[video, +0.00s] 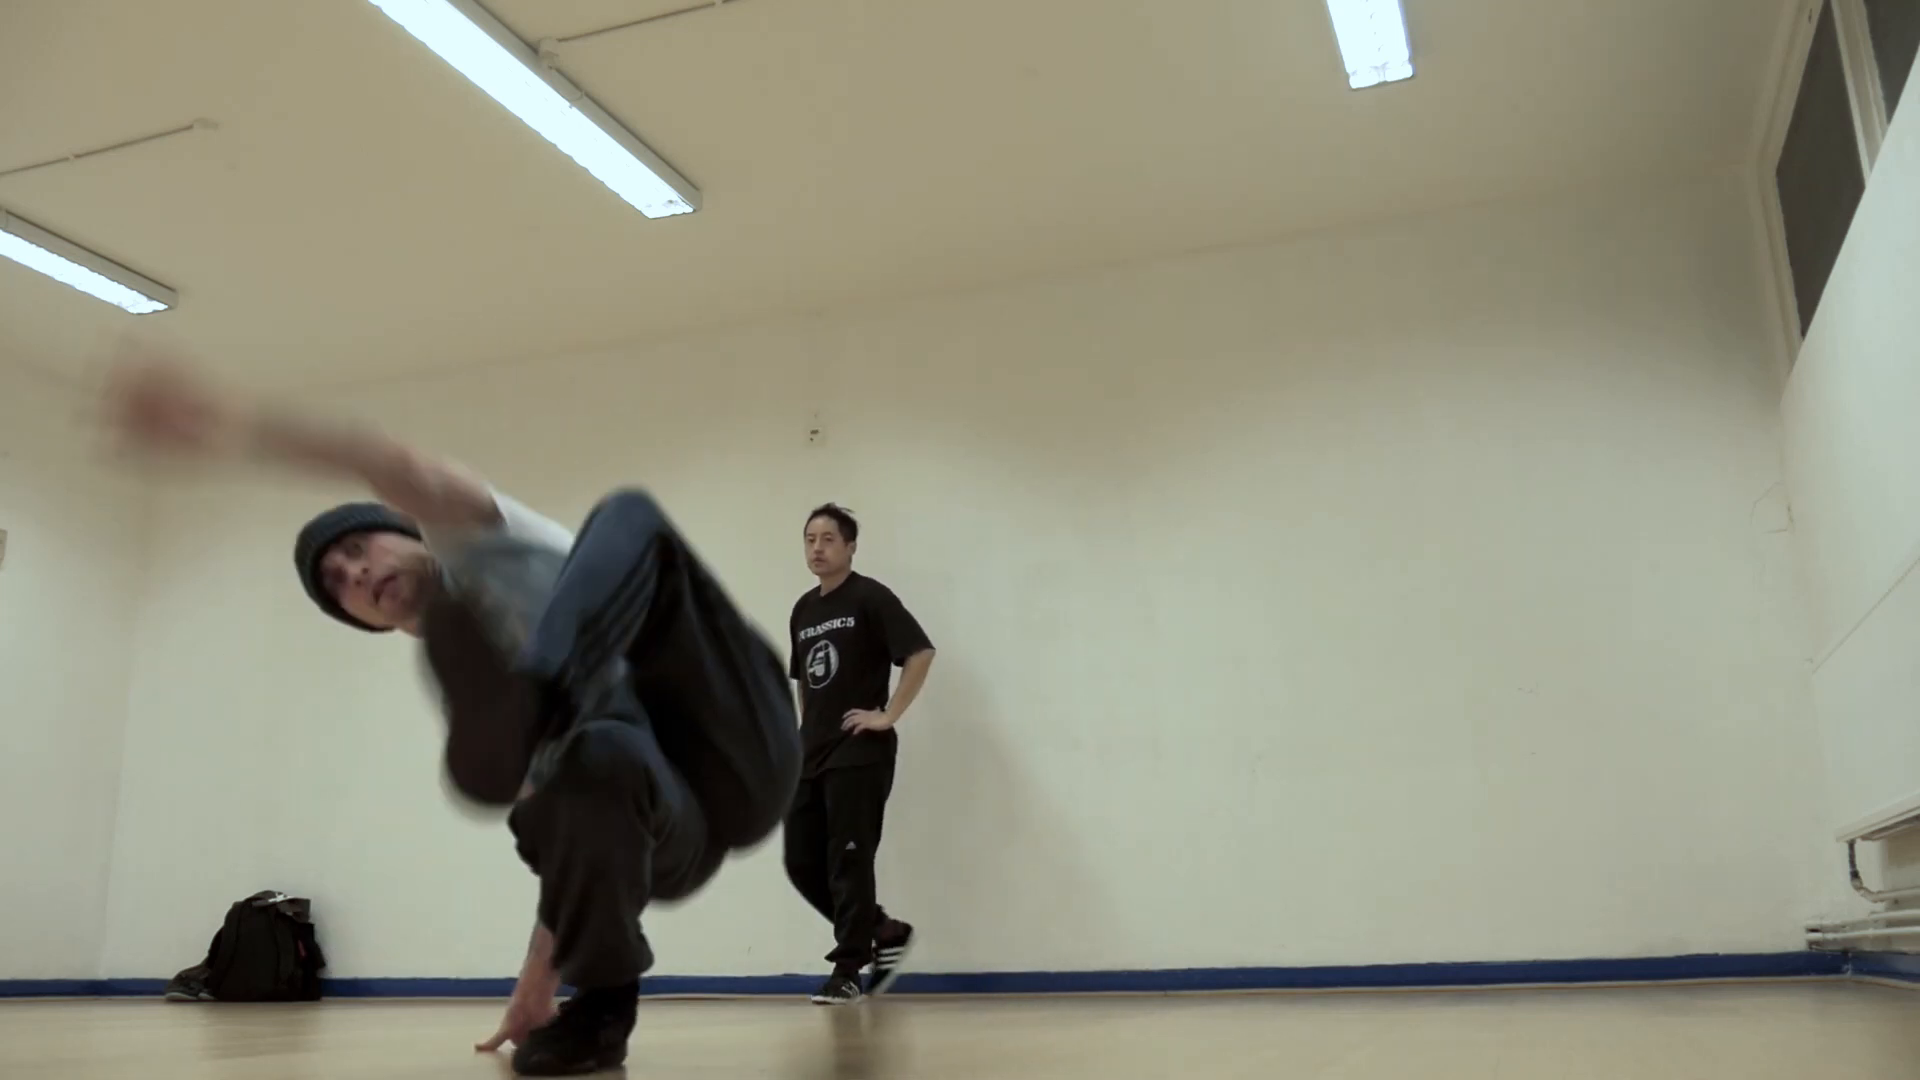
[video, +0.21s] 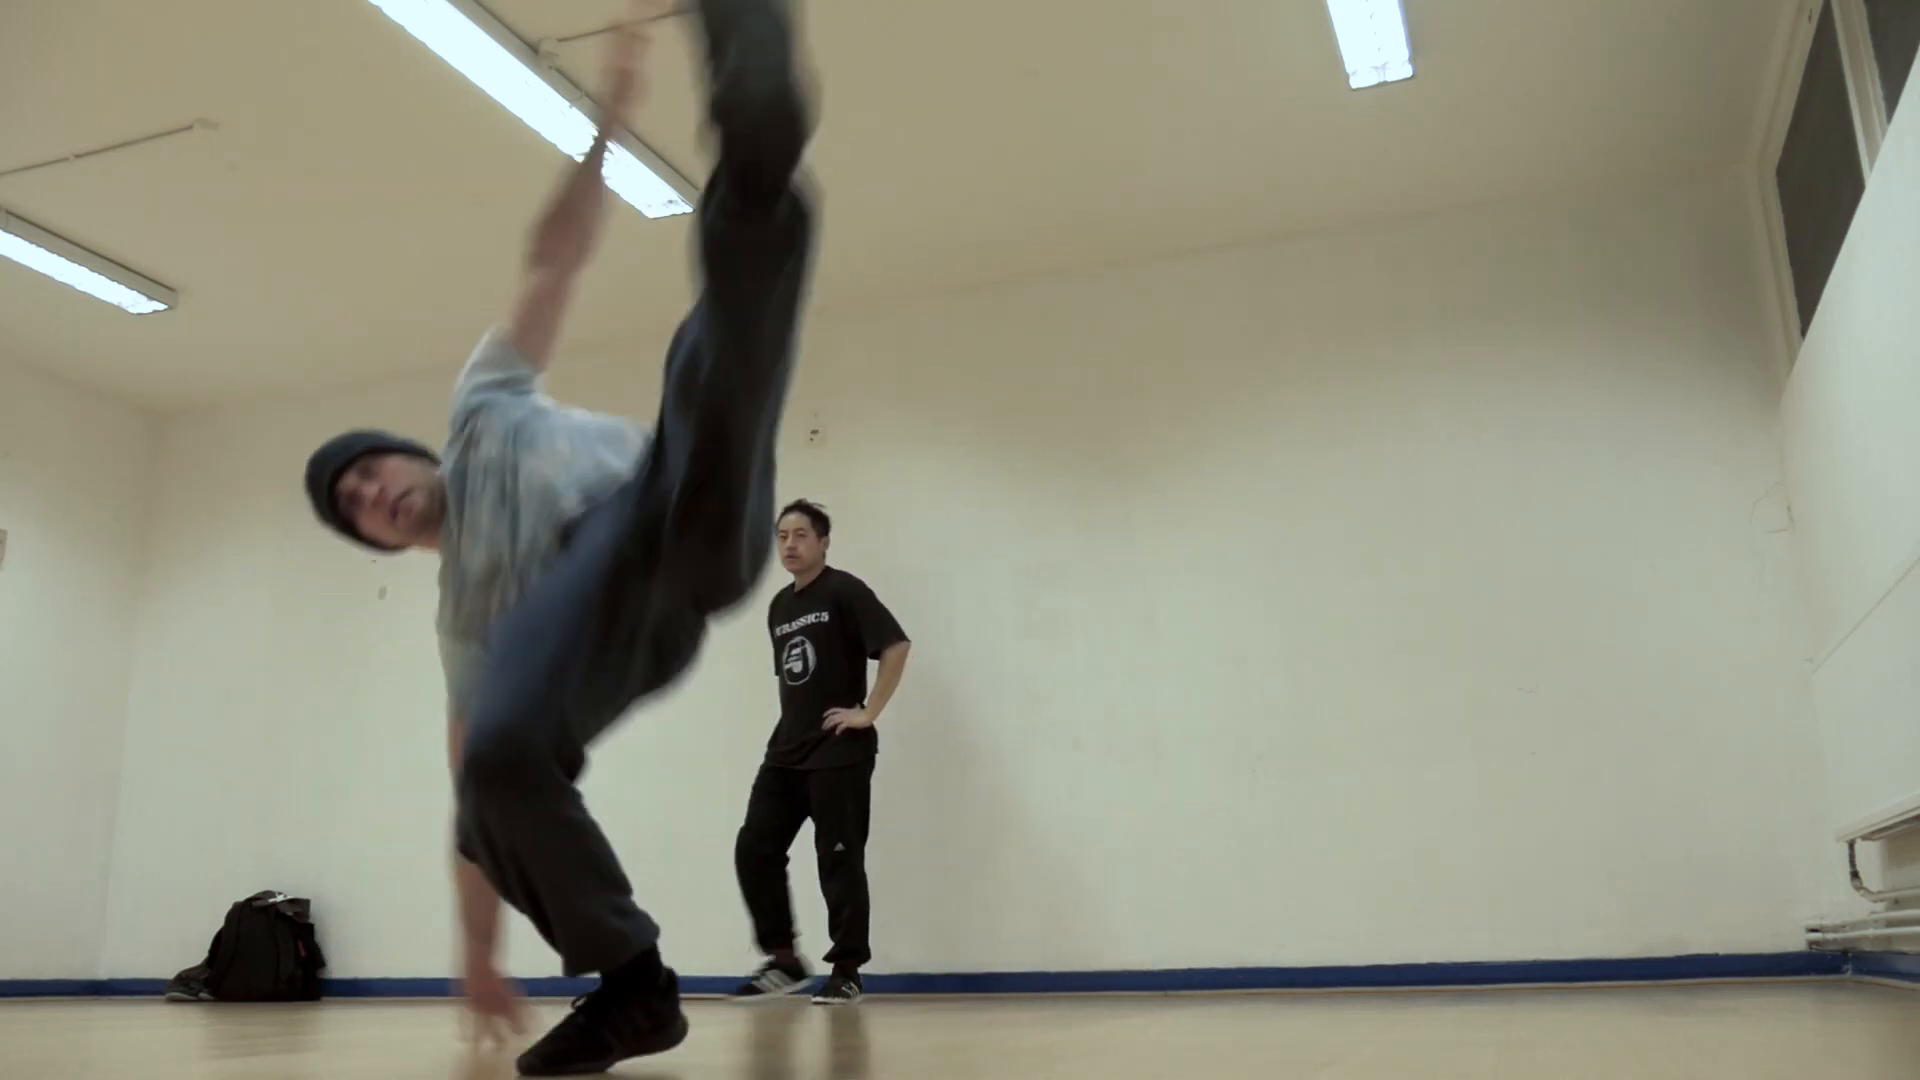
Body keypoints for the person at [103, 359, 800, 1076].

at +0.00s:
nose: (357, 575)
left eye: (357, 549)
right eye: (340, 587)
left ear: (408, 530)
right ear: (364, 619)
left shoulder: (496, 547)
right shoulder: (468, 683)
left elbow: (393, 463)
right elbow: (561, 820)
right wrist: (536, 995)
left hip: (744, 757)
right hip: (666, 838)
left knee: (635, 517)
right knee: (599, 759)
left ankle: (527, 709)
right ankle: (598, 1007)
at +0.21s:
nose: (374, 499)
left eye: (369, 476)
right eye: (358, 515)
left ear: (406, 452)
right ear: (380, 544)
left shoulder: (486, 401)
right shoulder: (467, 617)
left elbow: (555, 253)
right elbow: (475, 788)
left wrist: (612, 118)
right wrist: (478, 966)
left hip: (680, 511)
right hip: (617, 627)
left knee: (731, 334)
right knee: (498, 761)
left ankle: (756, 165)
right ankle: (635, 988)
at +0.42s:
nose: (400, 418)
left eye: (398, 395)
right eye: (385, 434)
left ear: (441, 372)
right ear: (405, 461)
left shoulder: (533, 336)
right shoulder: (467, 530)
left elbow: (649, 211)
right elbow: (431, 698)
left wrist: (724, 64)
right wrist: (322, 820)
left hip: (629, 443)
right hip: (527, 546)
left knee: (712, 261)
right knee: (471, 743)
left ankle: (818, 42)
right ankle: (643, 982)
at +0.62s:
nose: (391, 455)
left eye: (394, 432)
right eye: (376, 464)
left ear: (440, 413)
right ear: (399, 493)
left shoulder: (523, 382)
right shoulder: (471, 563)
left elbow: (536, 229)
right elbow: (495, 762)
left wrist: (430, 97)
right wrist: (475, 926)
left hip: (633, 537)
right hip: (556, 619)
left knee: (701, 419)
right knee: (372, 572)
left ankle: (680, 787)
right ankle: (348, 897)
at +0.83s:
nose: (387, 654)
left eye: (387, 632)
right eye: (374, 646)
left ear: (428, 597)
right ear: (390, 641)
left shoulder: (522, 601)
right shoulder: (443, 733)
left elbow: (362, 629)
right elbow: (510, 864)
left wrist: (200, 716)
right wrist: (503, 1039)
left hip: (620, 871)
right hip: (525, 926)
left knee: (727, 728)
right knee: (393, 926)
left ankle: (615, 1009)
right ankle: (194, 972)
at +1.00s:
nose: (328, 700)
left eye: (333, 675)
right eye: (311, 705)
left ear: (376, 660)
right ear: (327, 732)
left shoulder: (417, 685)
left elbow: (403, 878)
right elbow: (516, 907)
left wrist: (361, 1025)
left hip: (625, 888)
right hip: (556, 960)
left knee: (548, 665)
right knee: (403, 1020)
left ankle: (780, 895)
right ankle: (689, 1013)